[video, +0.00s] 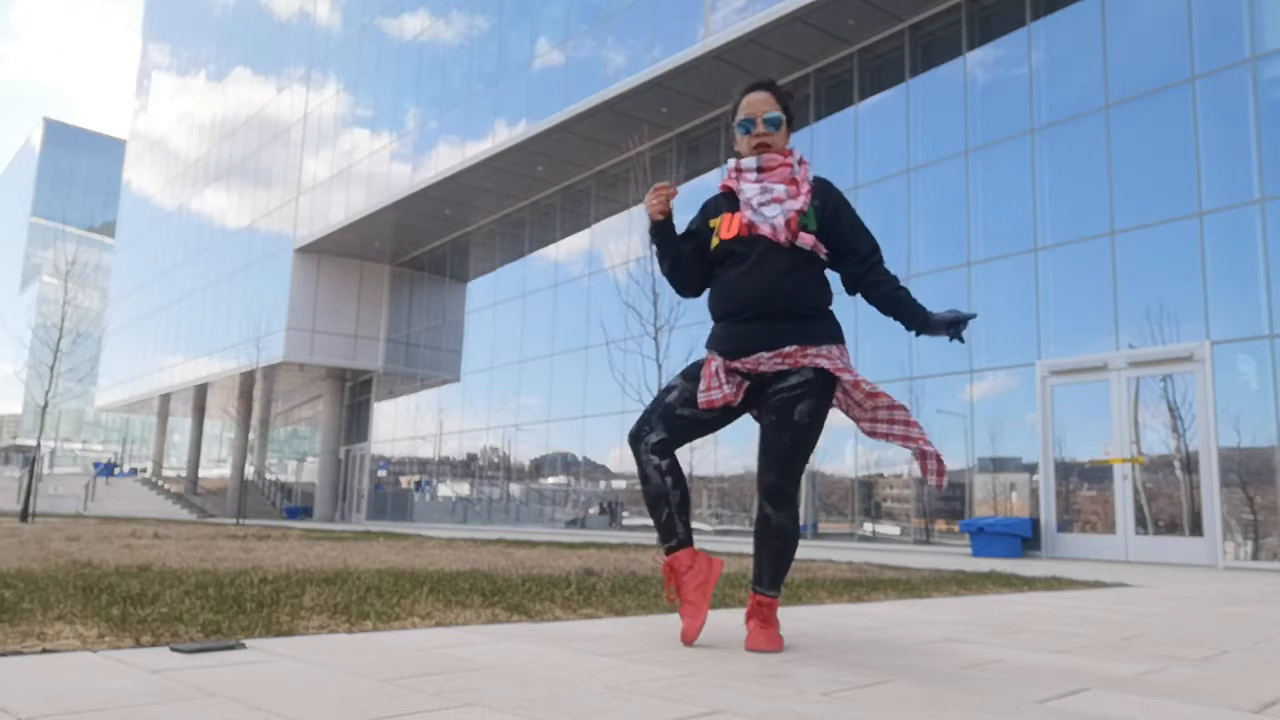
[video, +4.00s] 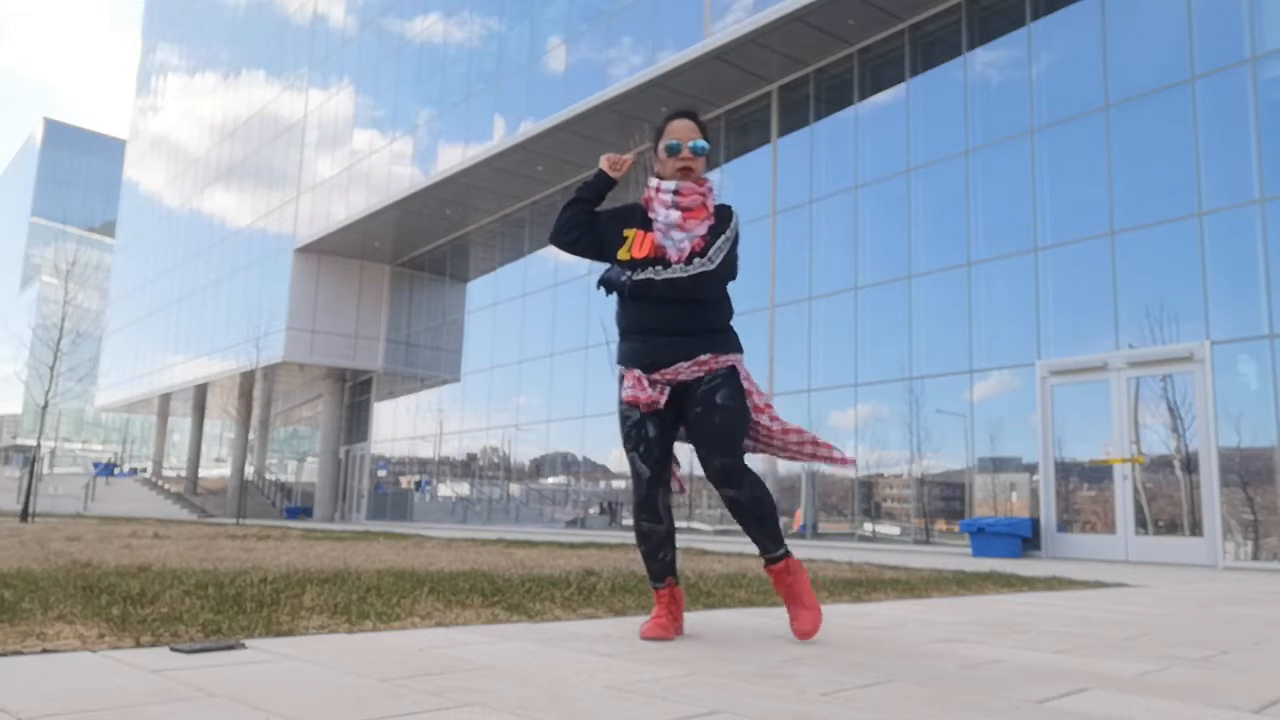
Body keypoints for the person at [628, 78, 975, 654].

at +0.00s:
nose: (759, 133)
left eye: (771, 123)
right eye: (747, 125)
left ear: (789, 132)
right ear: (733, 137)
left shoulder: (818, 197)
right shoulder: (718, 208)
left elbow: (867, 272)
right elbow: (689, 279)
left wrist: (921, 320)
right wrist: (662, 227)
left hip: (802, 360)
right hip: (728, 361)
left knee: (777, 487)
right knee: (649, 438)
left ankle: (764, 607)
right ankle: (682, 561)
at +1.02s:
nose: (757, 120)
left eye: (769, 110)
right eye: (744, 110)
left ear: (784, 120)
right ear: (727, 121)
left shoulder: (810, 191)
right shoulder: (704, 194)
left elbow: (845, 264)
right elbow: (675, 265)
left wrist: (880, 314)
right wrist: (653, 222)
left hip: (788, 351)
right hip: (711, 351)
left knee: (776, 481)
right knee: (681, 466)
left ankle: (764, 607)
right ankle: (672, 582)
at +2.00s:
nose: (745, 168)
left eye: (748, 158)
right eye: (737, 156)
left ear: (735, 154)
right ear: (701, 150)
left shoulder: (736, 218)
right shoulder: (647, 200)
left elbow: (724, 274)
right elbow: (574, 216)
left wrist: (632, 265)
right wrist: (611, 161)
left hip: (717, 353)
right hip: (647, 356)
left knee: (772, 454)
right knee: (654, 476)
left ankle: (809, 576)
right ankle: (667, 598)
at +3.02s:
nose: (684, 155)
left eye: (693, 147)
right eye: (671, 147)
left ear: (705, 157)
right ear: (652, 160)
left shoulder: (723, 212)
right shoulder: (633, 222)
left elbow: (726, 268)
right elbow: (571, 242)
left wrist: (638, 275)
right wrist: (603, 184)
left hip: (704, 364)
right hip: (638, 363)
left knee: (686, 472)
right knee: (643, 479)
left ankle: (699, 569)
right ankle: (663, 596)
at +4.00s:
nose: (687, 157)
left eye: (698, 148)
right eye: (674, 148)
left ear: (709, 159)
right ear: (654, 160)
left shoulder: (717, 216)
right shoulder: (628, 221)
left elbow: (713, 271)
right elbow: (566, 235)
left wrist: (628, 278)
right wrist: (601, 180)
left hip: (710, 365)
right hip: (644, 371)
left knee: (724, 468)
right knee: (648, 482)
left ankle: (785, 572)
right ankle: (666, 601)